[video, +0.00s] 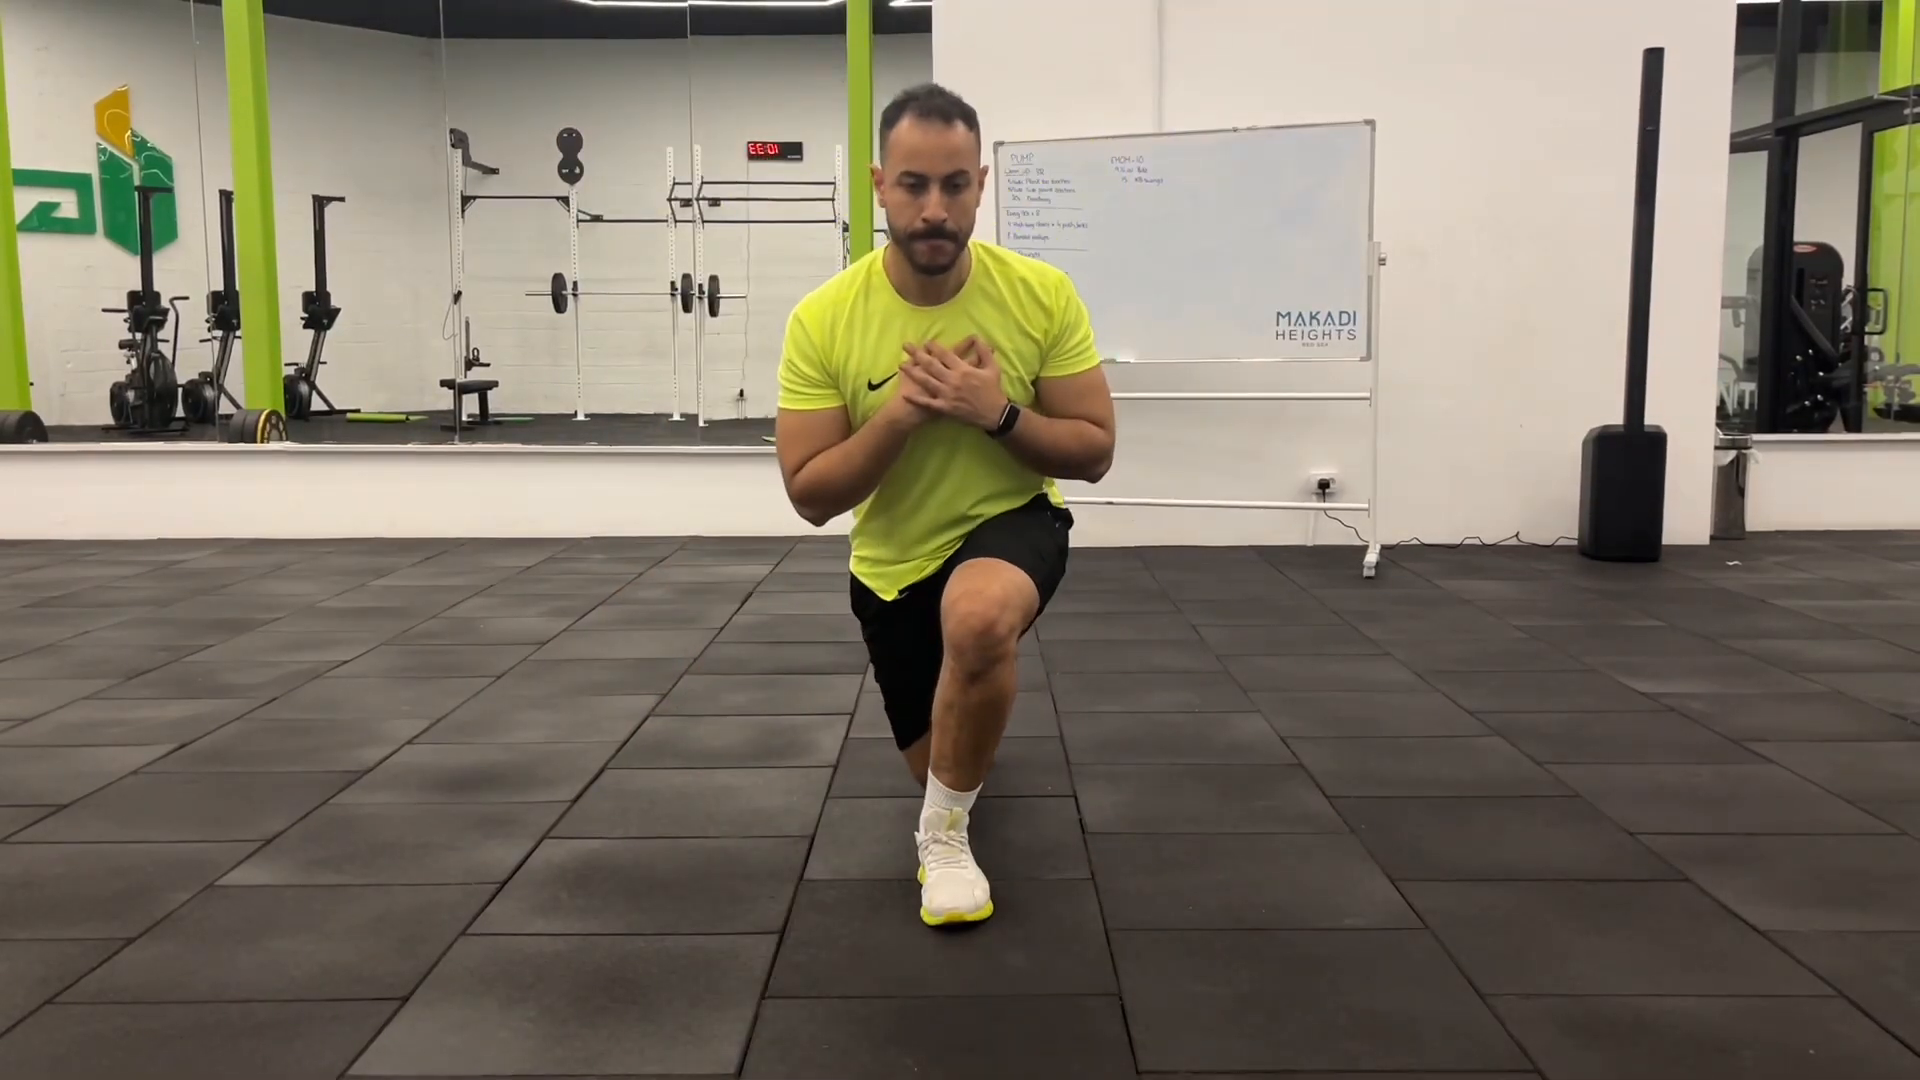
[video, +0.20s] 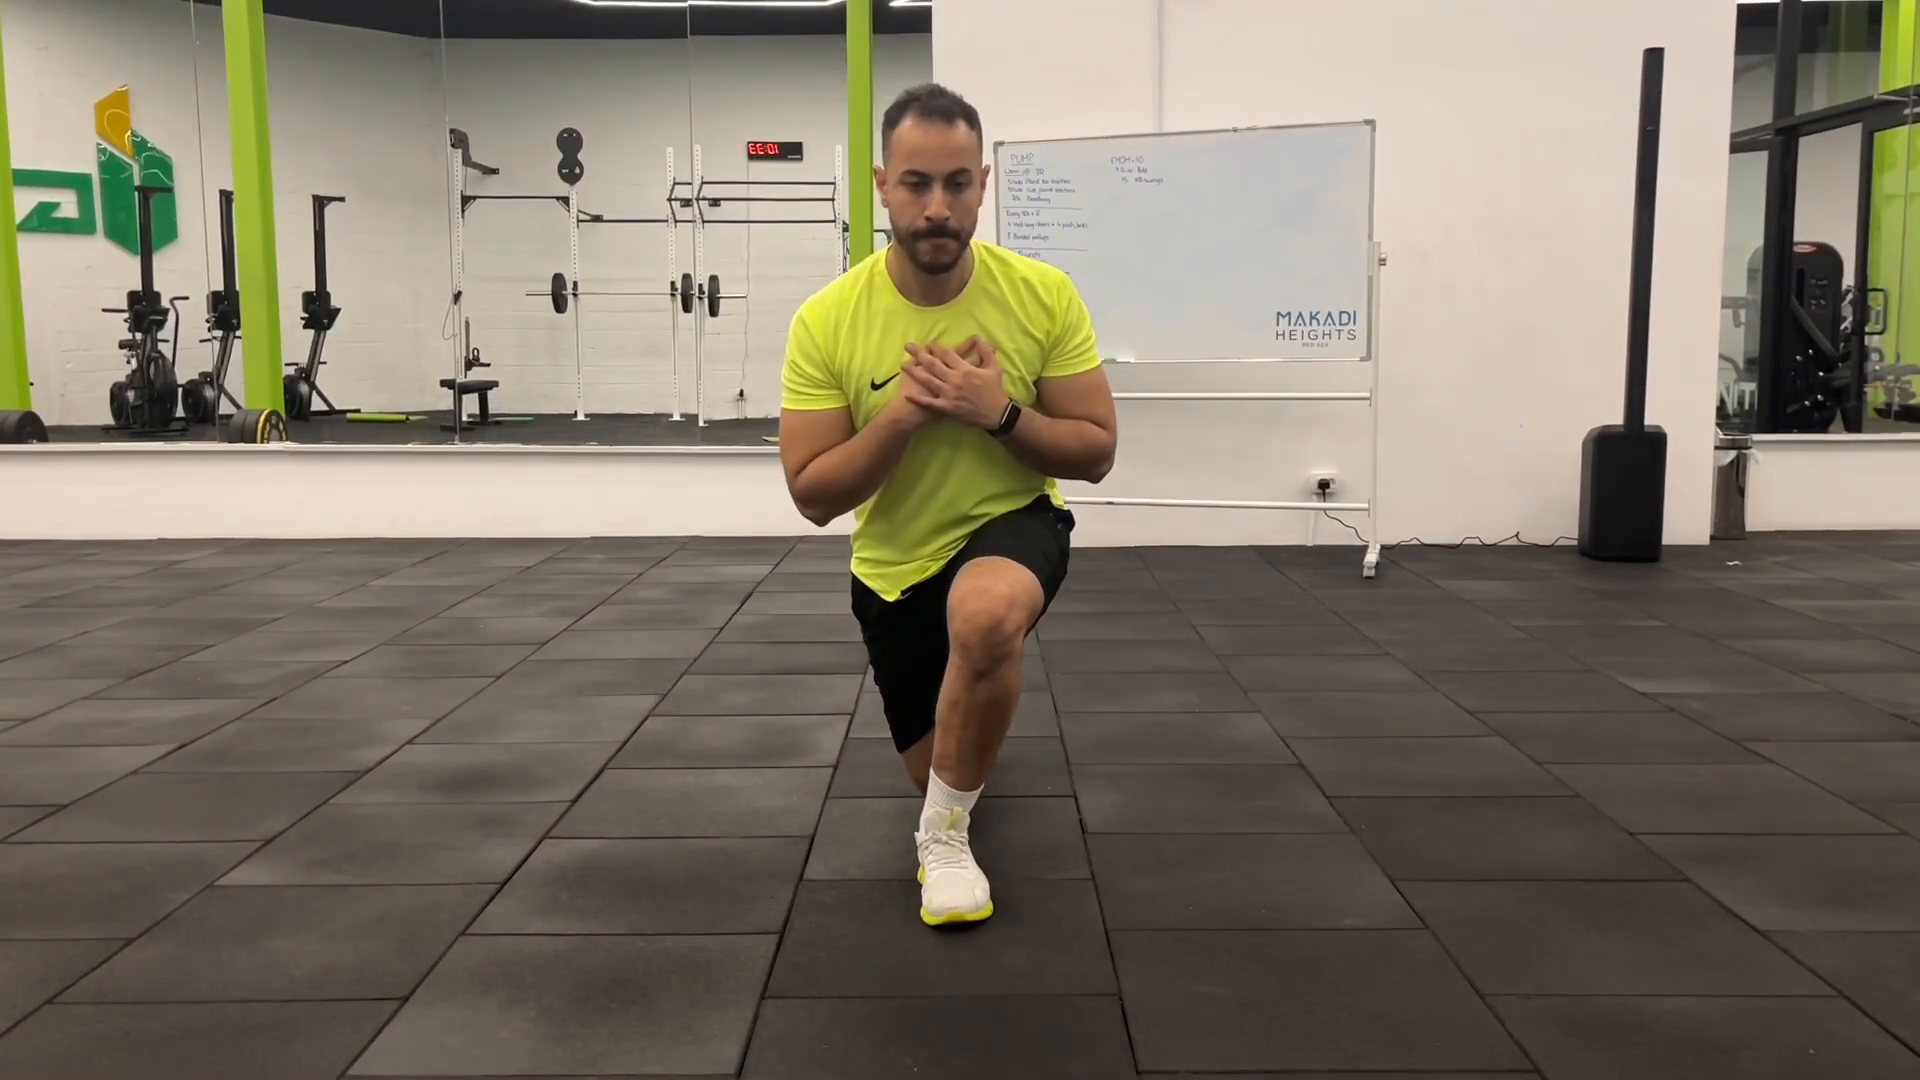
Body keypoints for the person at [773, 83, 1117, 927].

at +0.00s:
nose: (935, 211)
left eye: (956, 185)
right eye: (914, 186)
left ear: (980, 185)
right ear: (880, 187)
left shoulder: (1041, 295)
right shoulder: (823, 322)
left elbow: (1093, 450)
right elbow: (811, 496)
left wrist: (1002, 415)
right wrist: (902, 410)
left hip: (1012, 512)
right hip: (894, 548)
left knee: (979, 620)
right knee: (925, 762)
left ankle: (945, 830)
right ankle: (963, 744)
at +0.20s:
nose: (937, 209)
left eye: (958, 184)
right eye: (916, 185)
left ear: (982, 186)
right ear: (883, 188)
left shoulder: (1043, 296)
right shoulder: (827, 322)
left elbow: (1094, 451)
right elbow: (814, 496)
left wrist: (1002, 414)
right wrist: (905, 411)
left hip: (1013, 512)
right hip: (896, 550)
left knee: (987, 617)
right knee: (927, 765)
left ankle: (946, 831)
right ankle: (954, 763)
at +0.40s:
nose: (945, 167)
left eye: (966, 143)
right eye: (925, 141)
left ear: (991, 145)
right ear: (890, 142)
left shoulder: (1050, 257)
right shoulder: (830, 276)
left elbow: (1098, 415)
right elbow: (814, 449)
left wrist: (1003, 375)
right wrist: (903, 373)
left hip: (1014, 481)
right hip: (895, 515)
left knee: (984, 615)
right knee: (932, 734)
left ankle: (948, 829)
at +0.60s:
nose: (961, 76)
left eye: (983, 50)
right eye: (939, 48)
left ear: (1012, 50)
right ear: (901, 42)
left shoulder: (1060, 171)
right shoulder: (829, 175)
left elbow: (1098, 335)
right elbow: (803, 351)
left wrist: (1007, 299)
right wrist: (901, 284)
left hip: (1005, 414)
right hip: (882, 433)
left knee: (982, 614)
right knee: (924, 645)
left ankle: (948, 832)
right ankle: (967, 699)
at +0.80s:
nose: (962, 11)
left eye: (977, 0)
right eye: (943, 1)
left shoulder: (1067, 80)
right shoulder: (828, 75)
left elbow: (1101, 258)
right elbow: (792, 258)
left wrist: (1005, 204)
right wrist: (900, 184)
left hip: (998, 354)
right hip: (868, 359)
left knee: (974, 593)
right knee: (890, 597)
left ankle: (948, 830)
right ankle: (908, 680)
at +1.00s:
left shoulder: (1060, 18)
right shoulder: (825, 13)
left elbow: (1097, 209)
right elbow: (786, 199)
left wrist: (994, 135)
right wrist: (886, 113)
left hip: (989, 332)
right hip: (853, 327)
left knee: (964, 579)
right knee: (830, 580)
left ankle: (947, 829)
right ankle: (829, 742)